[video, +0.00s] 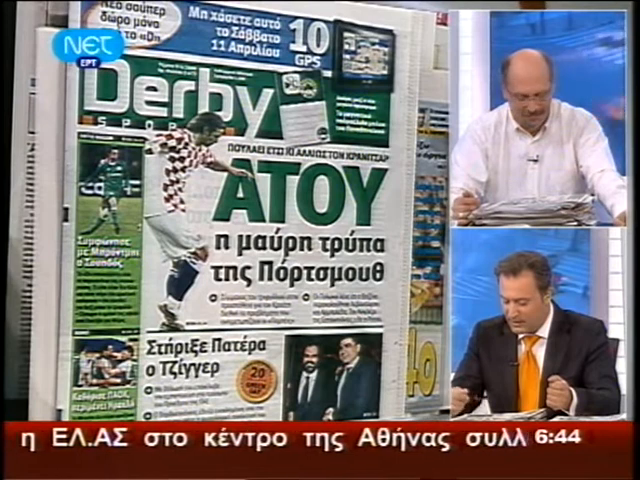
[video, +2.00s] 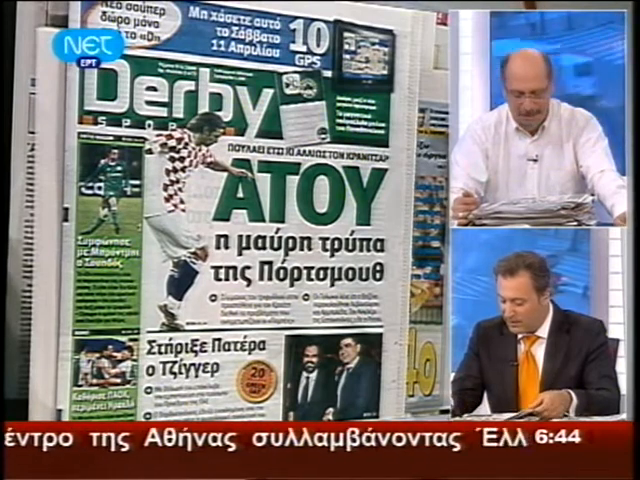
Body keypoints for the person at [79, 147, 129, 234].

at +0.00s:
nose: (115, 156)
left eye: (116, 154)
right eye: (113, 154)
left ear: (118, 155)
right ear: (109, 154)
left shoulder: (122, 165)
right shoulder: (104, 165)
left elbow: (126, 176)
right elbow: (95, 174)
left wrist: (127, 186)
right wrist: (85, 182)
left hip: (118, 190)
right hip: (108, 189)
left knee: (105, 213)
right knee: (113, 205)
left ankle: (91, 230)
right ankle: (116, 225)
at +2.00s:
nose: (115, 156)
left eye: (116, 154)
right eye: (113, 154)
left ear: (118, 155)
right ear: (109, 155)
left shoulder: (122, 165)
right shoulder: (104, 165)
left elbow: (126, 177)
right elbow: (95, 174)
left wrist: (127, 186)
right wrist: (85, 182)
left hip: (118, 190)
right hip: (108, 189)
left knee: (105, 213)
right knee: (113, 205)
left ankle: (91, 230)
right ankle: (116, 226)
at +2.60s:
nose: (115, 156)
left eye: (116, 154)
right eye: (113, 154)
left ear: (118, 155)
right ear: (109, 154)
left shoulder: (122, 165)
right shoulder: (104, 165)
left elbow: (126, 176)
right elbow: (95, 174)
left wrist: (128, 187)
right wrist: (85, 182)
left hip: (118, 190)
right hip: (108, 189)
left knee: (105, 213)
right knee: (113, 205)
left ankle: (91, 230)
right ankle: (116, 226)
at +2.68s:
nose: (115, 156)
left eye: (116, 154)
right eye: (113, 154)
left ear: (118, 155)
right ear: (109, 154)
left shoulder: (122, 165)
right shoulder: (104, 165)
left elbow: (126, 176)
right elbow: (95, 174)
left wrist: (127, 187)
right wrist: (85, 182)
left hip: (118, 190)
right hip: (108, 189)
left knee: (105, 213)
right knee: (113, 205)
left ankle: (91, 230)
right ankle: (116, 226)